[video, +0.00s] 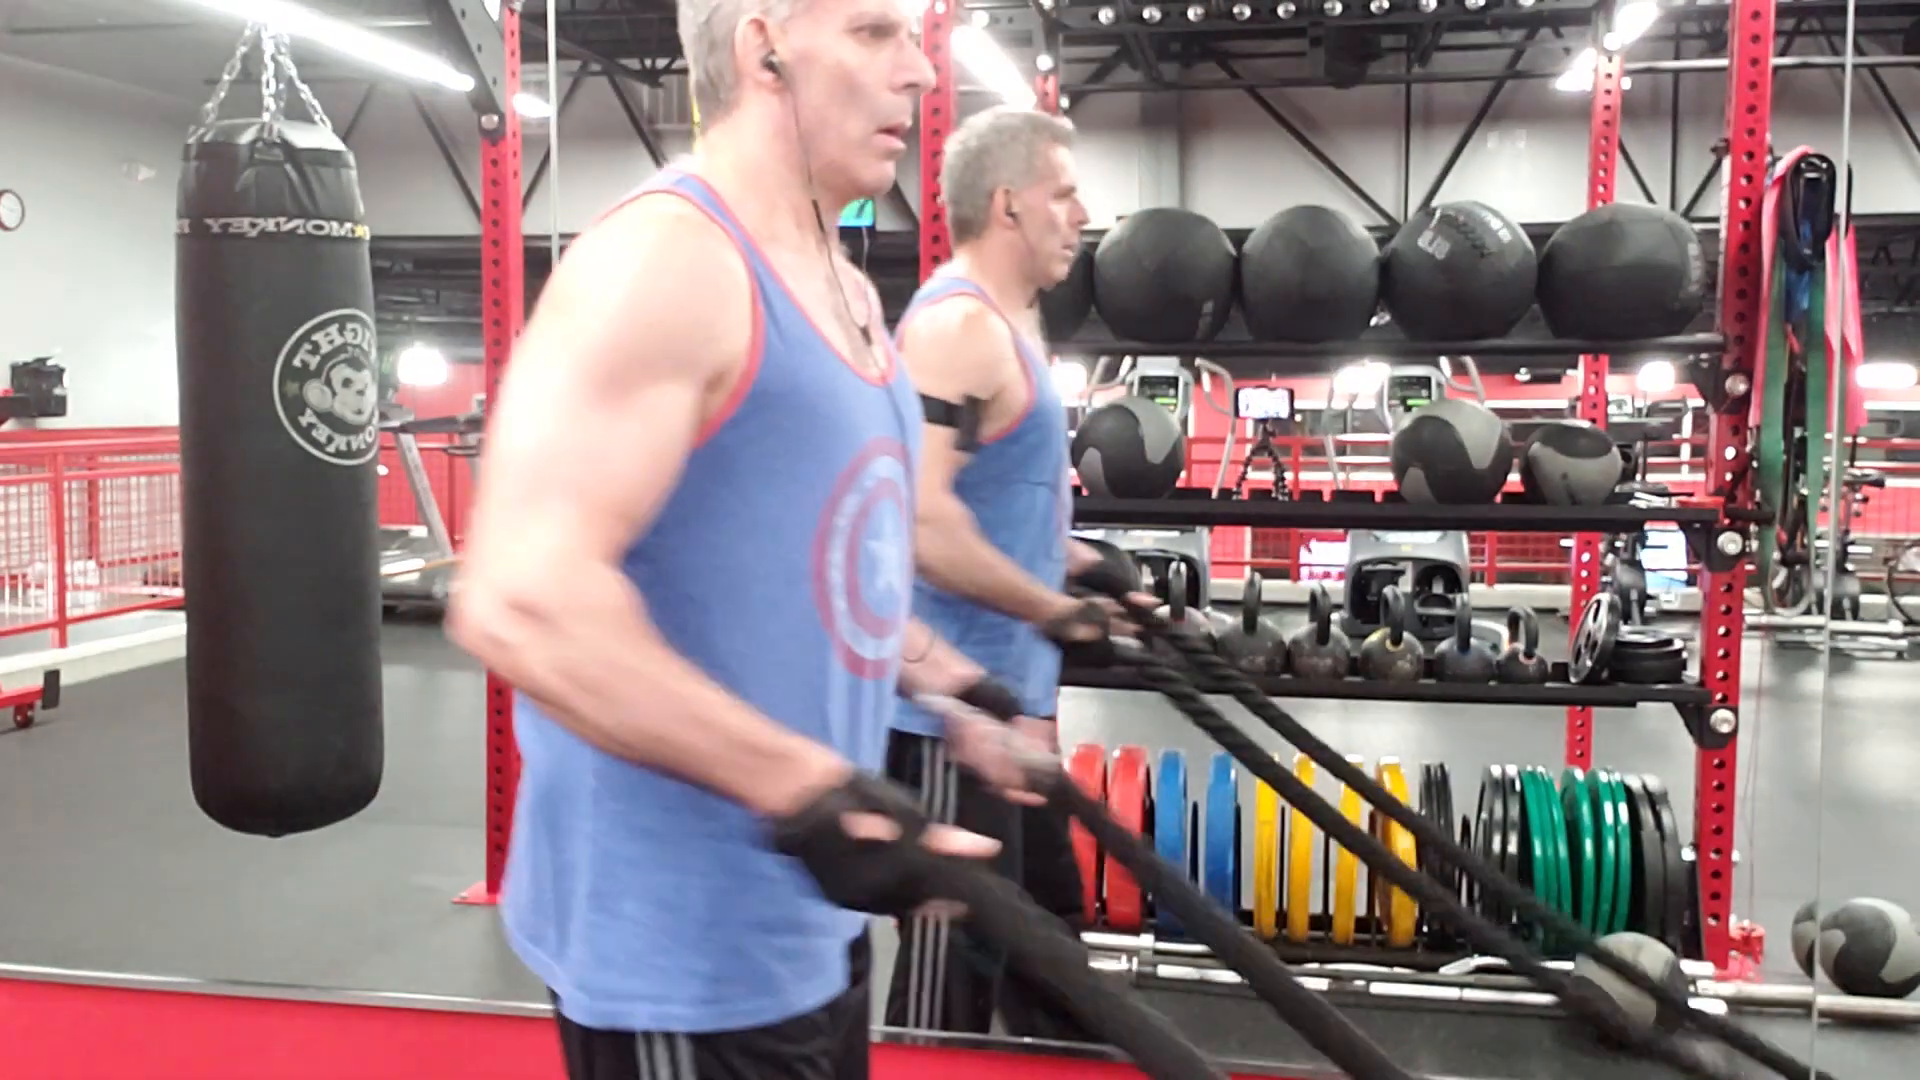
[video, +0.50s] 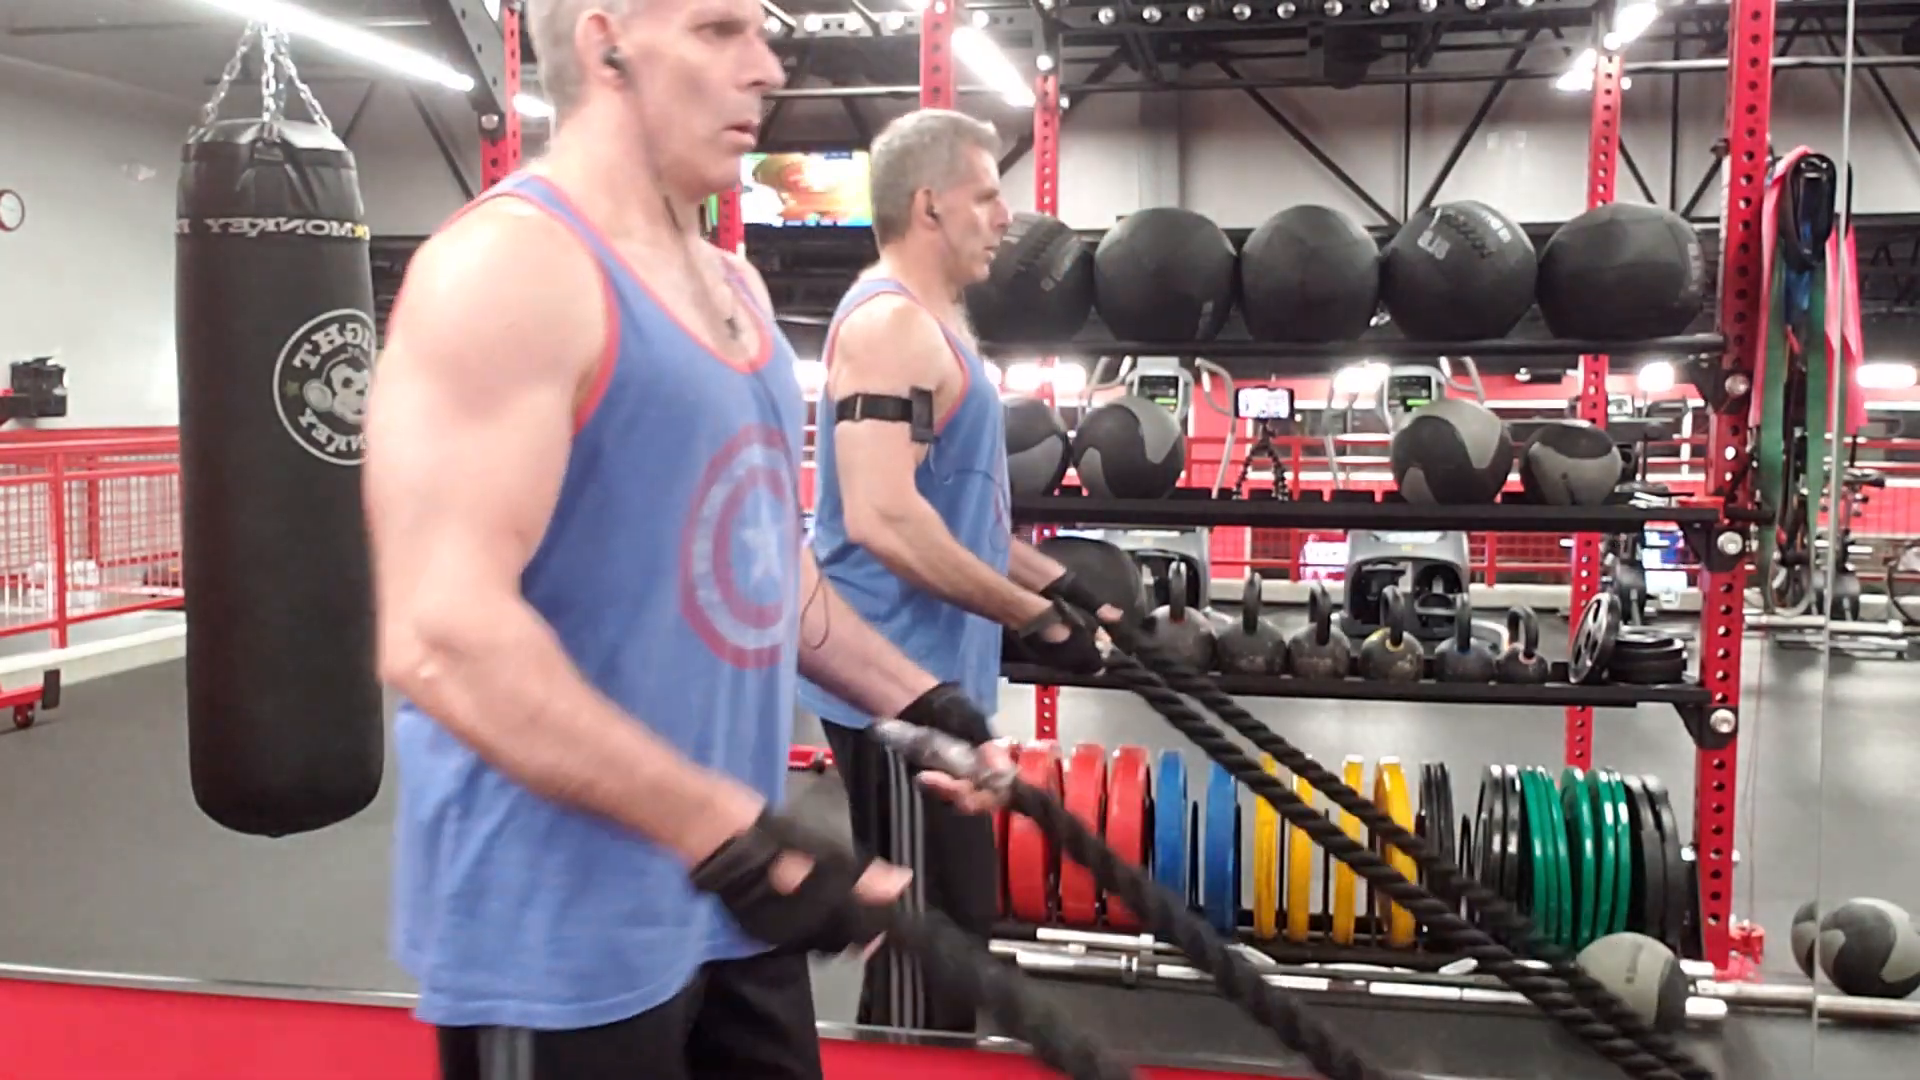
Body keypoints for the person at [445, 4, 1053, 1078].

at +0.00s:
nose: (918, 74)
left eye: (916, 41)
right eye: (875, 31)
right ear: (764, 39)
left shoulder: (838, 280)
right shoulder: (662, 257)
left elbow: (821, 571)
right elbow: (518, 594)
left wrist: (965, 704)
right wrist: (809, 791)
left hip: (806, 910)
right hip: (686, 948)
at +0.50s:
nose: (769, 71)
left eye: (766, 38)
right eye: (723, 29)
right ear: (606, 40)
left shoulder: (734, 283)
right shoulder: (505, 266)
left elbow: (766, 567)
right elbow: (441, 633)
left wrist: (923, 706)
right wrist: (739, 841)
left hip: (736, 915)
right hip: (564, 951)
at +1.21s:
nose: (844, 181)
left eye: (852, 145)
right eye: (817, 134)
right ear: (706, 104)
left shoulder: (778, 328)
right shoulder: (539, 304)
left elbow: (775, 601)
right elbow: (447, 656)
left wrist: (902, 772)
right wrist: (685, 887)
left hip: (748, 925)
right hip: (574, 967)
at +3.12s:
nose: (824, 183)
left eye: (819, 146)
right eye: (784, 142)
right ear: (666, 154)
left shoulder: (742, 378)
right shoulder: (541, 386)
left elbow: (747, 671)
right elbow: (418, 755)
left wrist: (876, 857)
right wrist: (645, 1011)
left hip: (731, 956)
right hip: (528, 1014)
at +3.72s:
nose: (839, 189)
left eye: (835, 153)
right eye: (797, 149)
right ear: (682, 165)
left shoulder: (751, 393)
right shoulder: (553, 383)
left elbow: (739, 686)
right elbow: (432, 754)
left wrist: (870, 865)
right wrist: (674, 1017)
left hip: (733, 959)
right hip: (533, 1017)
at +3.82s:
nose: (819, 189)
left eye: (817, 155)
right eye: (781, 149)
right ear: (666, 158)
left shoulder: (746, 388)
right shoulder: (533, 367)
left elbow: (730, 696)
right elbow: (533, 723)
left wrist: (827, 891)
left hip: (722, 947)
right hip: (541, 986)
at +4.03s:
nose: (815, 206)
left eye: (812, 168)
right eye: (775, 164)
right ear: (658, 175)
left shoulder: (741, 388)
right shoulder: (516, 383)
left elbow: (752, 673)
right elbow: (581, 740)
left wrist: (857, 855)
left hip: (697, 924)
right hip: (516, 967)